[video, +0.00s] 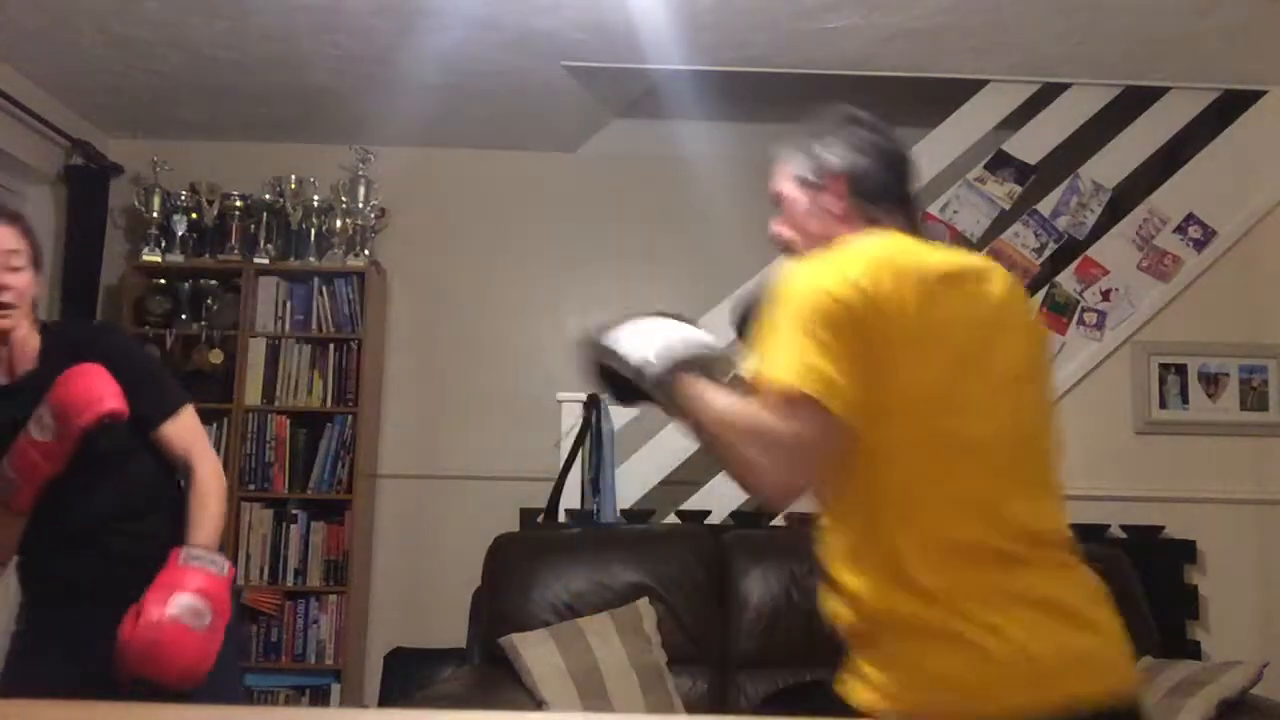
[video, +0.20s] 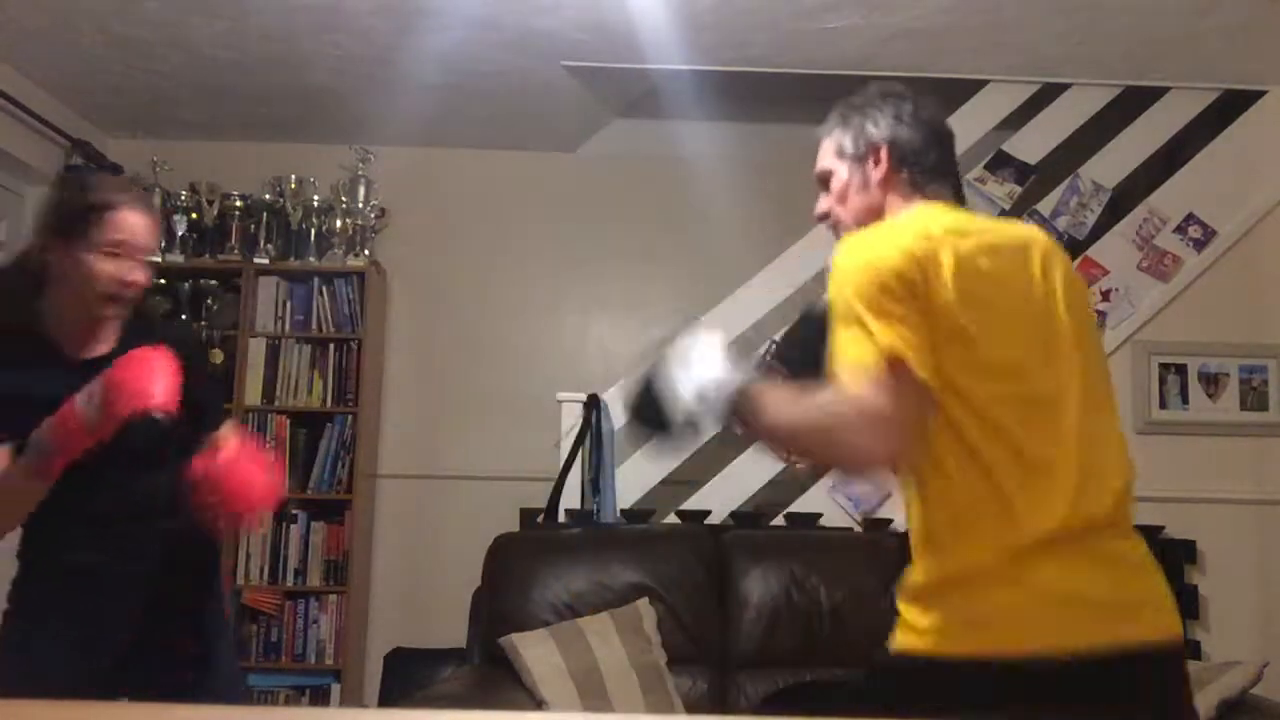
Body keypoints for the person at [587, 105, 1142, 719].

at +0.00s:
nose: (777, 230)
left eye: (782, 204)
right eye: (774, 209)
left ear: (832, 192)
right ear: (899, 200)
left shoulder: (828, 279)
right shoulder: (1001, 286)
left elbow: (780, 468)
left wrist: (675, 377)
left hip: (931, 683)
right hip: (1085, 667)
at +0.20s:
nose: (822, 208)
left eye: (828, 180)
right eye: (819, 188)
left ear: (878, 164)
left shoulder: (878, 252)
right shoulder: (1044, 249)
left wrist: (730, 389)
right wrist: (887, 450)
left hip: (976, 654)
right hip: (1134, 650)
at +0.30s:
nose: (818, 214)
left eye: (825, 187)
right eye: (818, 192)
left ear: (874, 171)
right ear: (938, 170)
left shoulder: (870, 255)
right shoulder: (1043, 251)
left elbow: (702, 350)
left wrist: (583, 288)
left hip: (967, 659)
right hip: (1127, 656)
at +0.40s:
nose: (814, 230)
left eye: (817, 208)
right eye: (813, 212)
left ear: (864, 190)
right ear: (922, 190)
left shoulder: (858, 279)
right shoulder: (1040, 285)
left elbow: (644, 307)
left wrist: (472, 269)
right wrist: (824, 360)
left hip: (974, 677)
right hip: (1123, 664)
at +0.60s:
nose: (809, 226)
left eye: (811, 206)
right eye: (806, 209)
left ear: (859, 187)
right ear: (908, 184)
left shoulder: (846, 267)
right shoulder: (1039, 276)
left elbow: (645, 315)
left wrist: (461, 291)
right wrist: (833, 361)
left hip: (966, 662)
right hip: (1114, 654)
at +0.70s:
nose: (826, 243)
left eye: (831, 222)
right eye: (825, 225)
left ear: (881, 208)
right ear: (913, 208)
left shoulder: (861, 285)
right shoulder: (1045, 297)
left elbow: (695, 345)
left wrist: (533, 314)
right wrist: (808, 369)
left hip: (959, 667)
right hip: (1102, 665)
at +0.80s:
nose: (859, 265)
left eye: (862, 244)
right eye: (854, 250)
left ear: (908, 223)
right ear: (931, 225)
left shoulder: (911, 292)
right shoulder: (1045, 302)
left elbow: (856, 414)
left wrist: (709, 377)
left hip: (978, 668)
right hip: (1098, 664)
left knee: (783, 704)